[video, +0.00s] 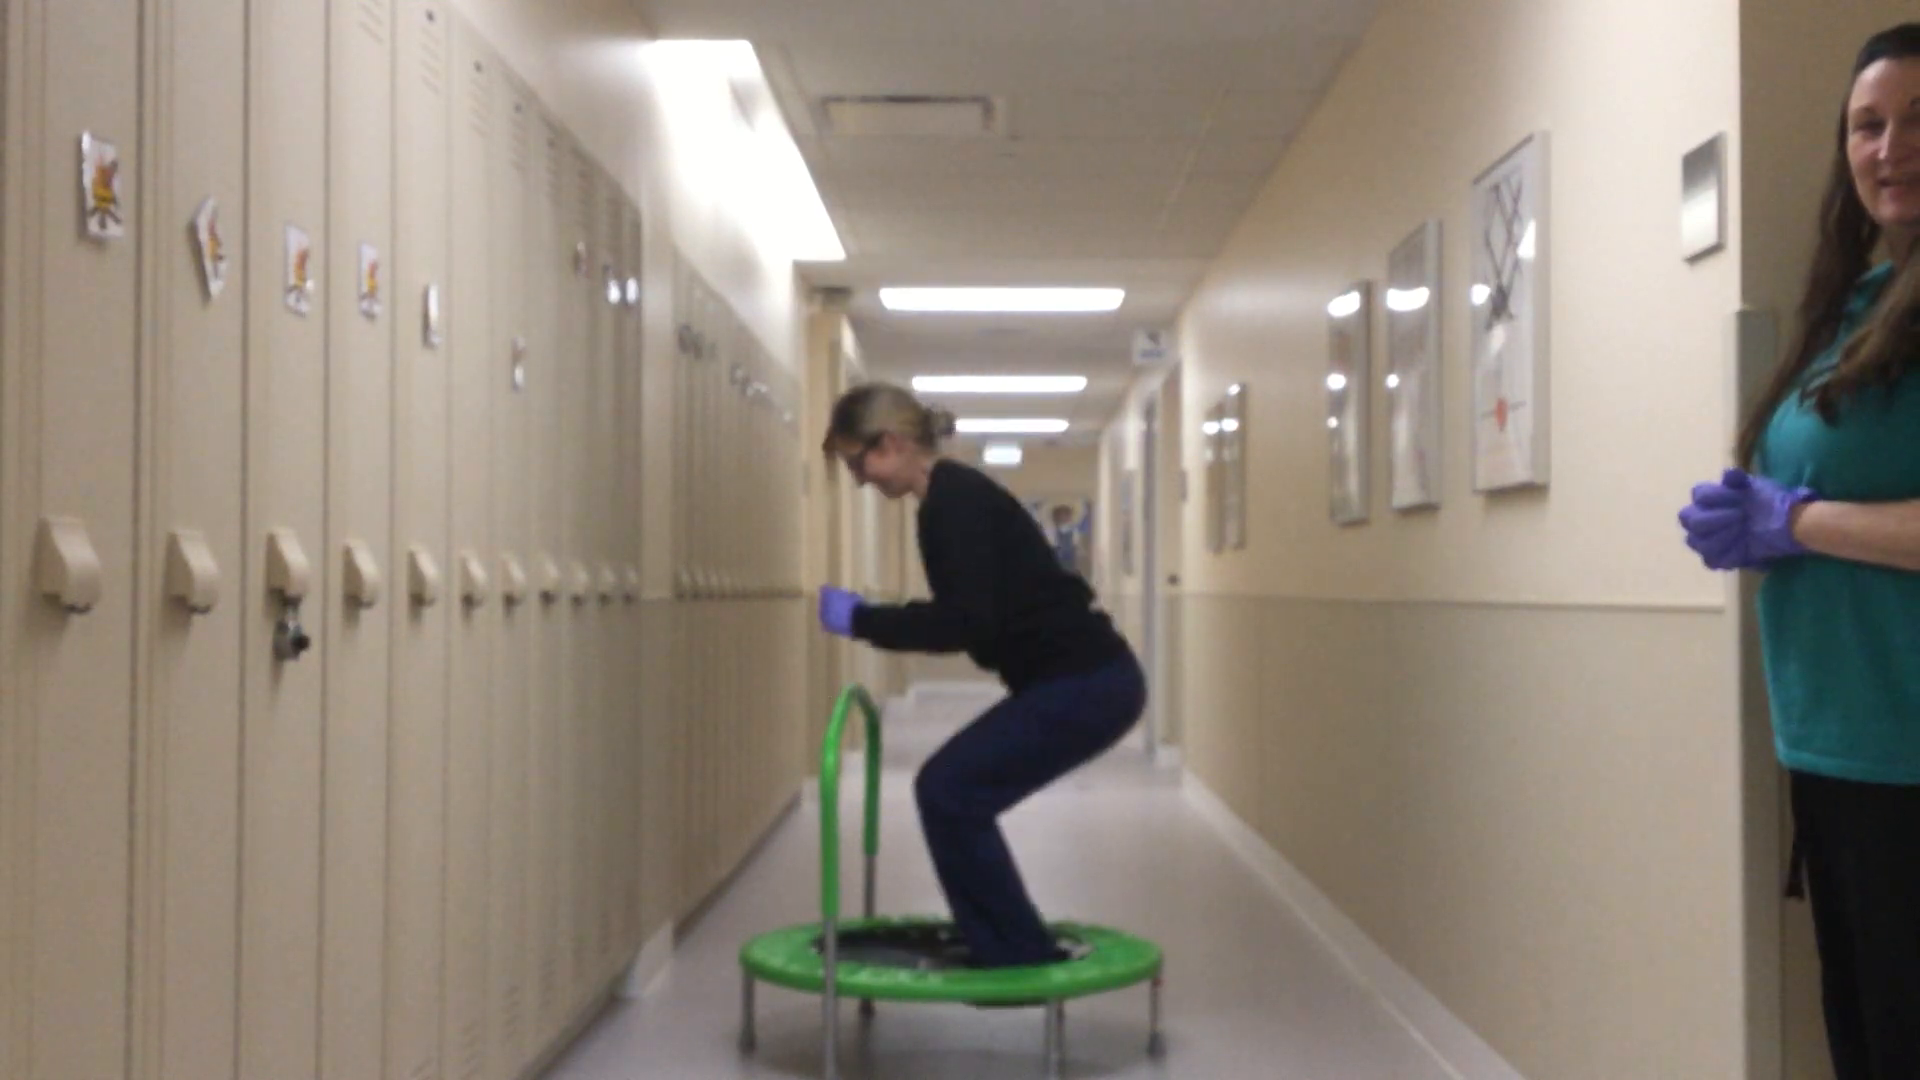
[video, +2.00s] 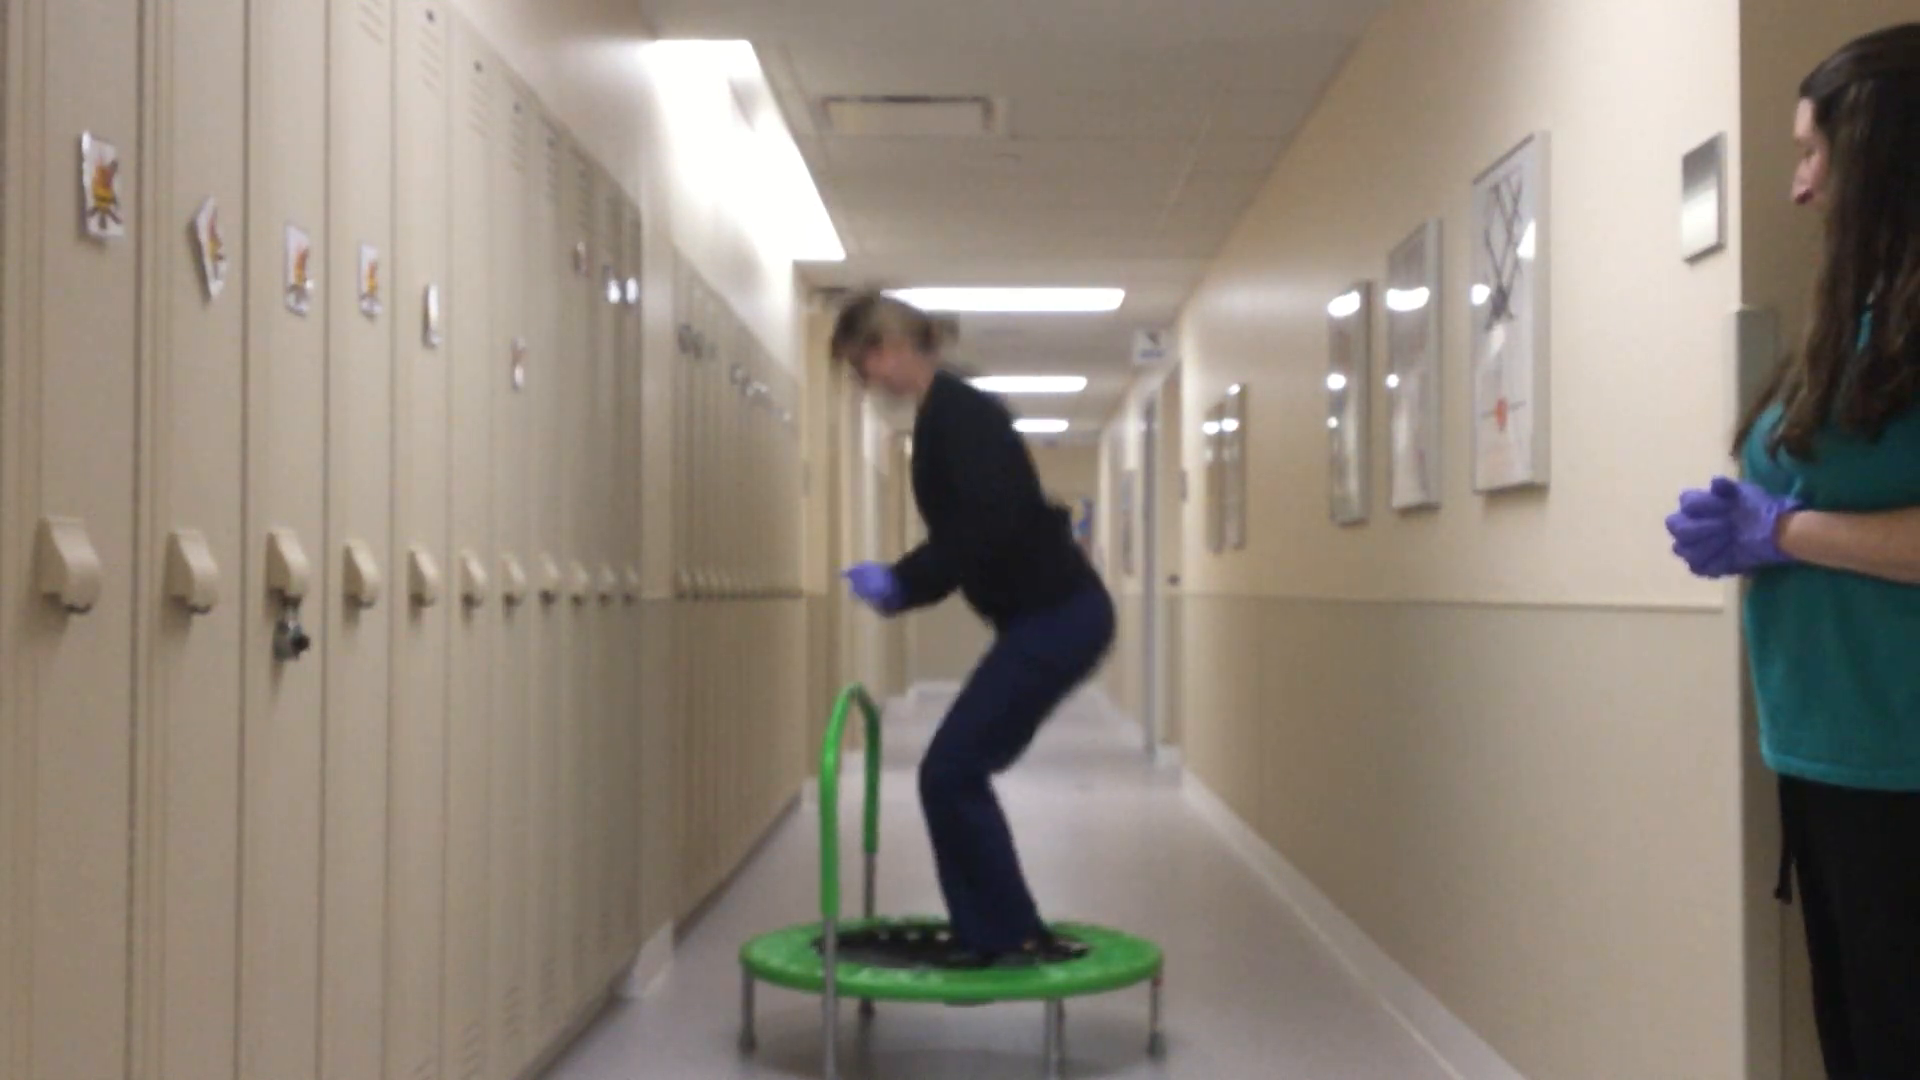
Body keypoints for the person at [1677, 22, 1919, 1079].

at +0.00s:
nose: (1888, 146)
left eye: (1910, 122)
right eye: (1868, 125)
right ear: (1844, 147)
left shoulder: (1919, 295)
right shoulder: (1846, 296)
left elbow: (1915, 523)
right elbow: (1805, 467)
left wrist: (1798, 519)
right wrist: (1753, 502)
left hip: (1899, 743)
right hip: (1824, 735)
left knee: (1898, 1030)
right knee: (1859, 1027)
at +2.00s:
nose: (1795, 182)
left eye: (1808, 151)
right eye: (1796, 153)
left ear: (1874, 153)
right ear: (1876, 160)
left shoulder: (1906, 330)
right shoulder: (1846, 324)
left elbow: (1915, 536)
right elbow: (1816, 486)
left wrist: (1784, 531)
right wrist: (1752, 520)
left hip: (1896, 763)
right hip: (1821, 755)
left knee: (1894, 1042)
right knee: (1850, 1041)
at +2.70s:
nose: (1762, 158)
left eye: (1788, 123)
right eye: (1746, 136)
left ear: (1866, 125)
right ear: (1739, 154)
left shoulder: (1898, 289)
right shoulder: (1765, 300)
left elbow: (1914, 533)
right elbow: (1783, 535)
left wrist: (1773, 598)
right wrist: (1709, 620)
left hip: (1895, 759)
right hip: (1806, 758)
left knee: (1888, 1044)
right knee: (1845, 1043)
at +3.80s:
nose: (1690, 149)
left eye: (1715, 112)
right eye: (1667, 131)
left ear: (1783, 112)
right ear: (1656, 153)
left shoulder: (1869, 258)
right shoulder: (1700, 299)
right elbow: (1706, 539)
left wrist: (1858, 581)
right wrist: (1670, 722)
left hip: (1869, 765)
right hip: (1751, 771)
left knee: (1867, 1050)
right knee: (1786, 1050)